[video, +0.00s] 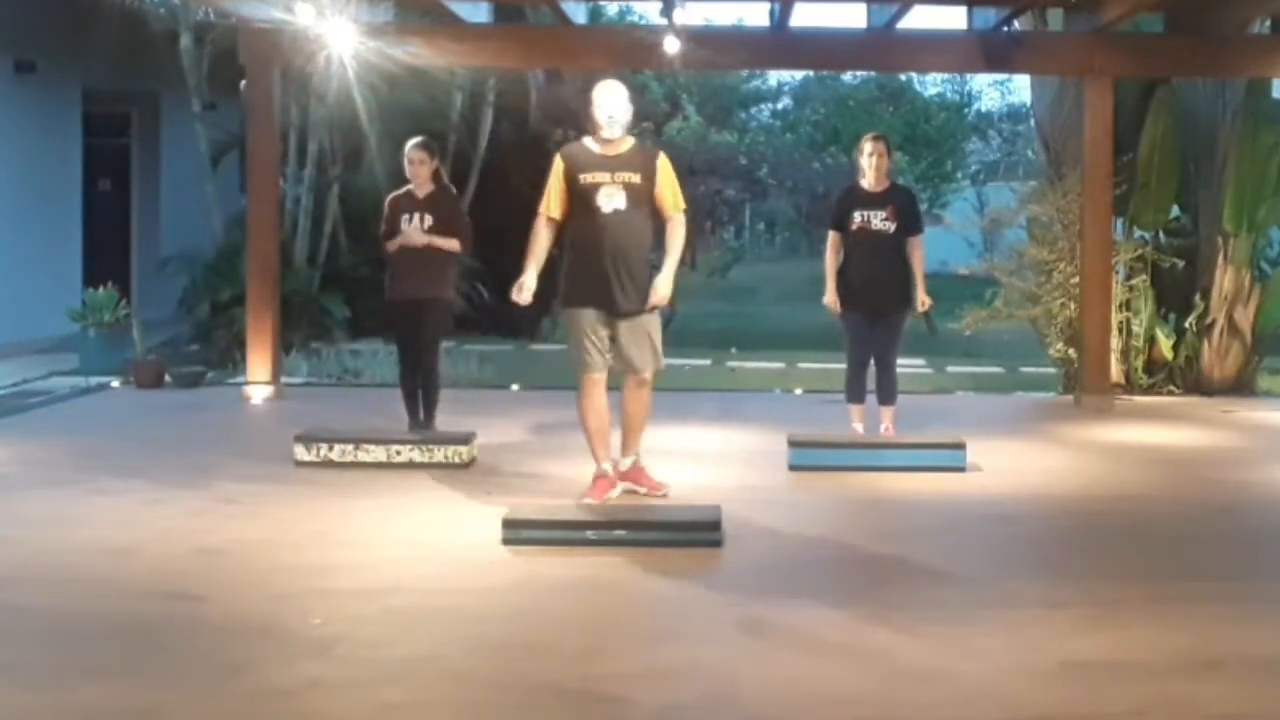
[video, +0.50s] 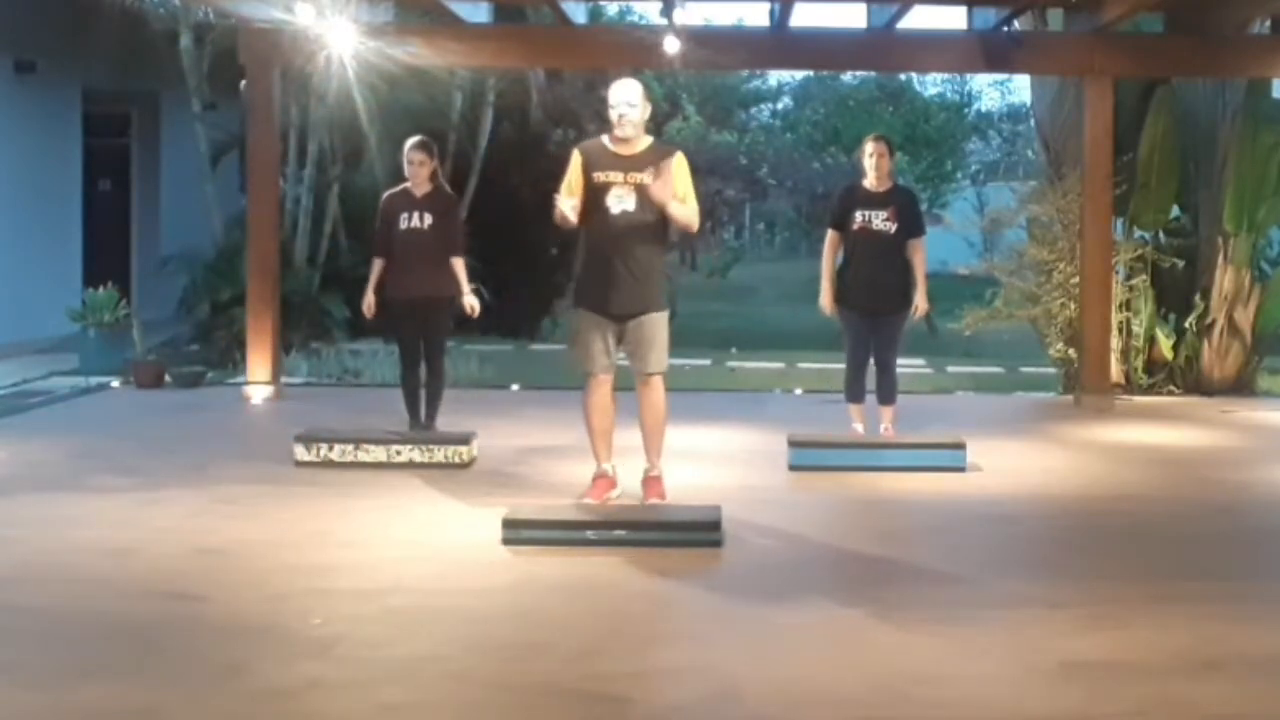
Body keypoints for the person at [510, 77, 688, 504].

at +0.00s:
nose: (608, 115)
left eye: (616, 107)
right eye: (601, 108)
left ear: (630, 111)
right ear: (590, 112)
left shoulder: (653, 161)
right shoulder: (568, 159)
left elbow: (675, 219)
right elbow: (547, 220)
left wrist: (667, 273)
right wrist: (530, 273)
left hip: (638, 290)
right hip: (584, 291)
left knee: (641, 375)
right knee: (593, 376)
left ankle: (631, 464)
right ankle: (604, 470)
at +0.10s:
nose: (607, 116)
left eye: (615, 108)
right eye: (600, 108)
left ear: (629, 112)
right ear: (590, 112)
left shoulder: (653, 161)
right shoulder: (569, 160)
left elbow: (676, 218)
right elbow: (550, 221)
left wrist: (657, 268)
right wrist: (541, 269)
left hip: (638, 291)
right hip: (584, 293)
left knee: (651, 374)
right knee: (592, 376)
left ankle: (636, 457)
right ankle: (604, 470)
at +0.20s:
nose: (611, 116)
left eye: (618, 108)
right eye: (604, 109)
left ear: (631, 111)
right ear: (591, 112)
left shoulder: (654, 159)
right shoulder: (571, 159)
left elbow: (678, 217)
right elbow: (552, 217)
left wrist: (651, 253)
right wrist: (555, 256)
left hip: (640, 291)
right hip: (586, 292)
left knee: (651, 374)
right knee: (591, 379)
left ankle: (645, 454)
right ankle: (604, 470)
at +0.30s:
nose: (614, 115)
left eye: (622, 107)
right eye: (607, 107)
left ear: (635, 111)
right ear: (595, 111)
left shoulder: (658, 159)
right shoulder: (573, 158)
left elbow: (680, 217)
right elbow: (555, 215)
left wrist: (648, 237)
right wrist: (566, 241)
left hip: (641, 287)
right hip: (589, 286)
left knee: (647, 374)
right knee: (592, 378)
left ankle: (653, 467)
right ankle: (604, 471)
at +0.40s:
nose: (618, 116)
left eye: (626, 108)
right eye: (611, 108)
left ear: (640, 111)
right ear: (600, 111)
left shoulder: (664, 160)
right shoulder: (579, 158)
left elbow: (684, 220)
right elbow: (558, 216)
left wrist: (649, 223)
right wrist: (575, 227)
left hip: (644, 291)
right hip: (590, 291)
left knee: (648, 378)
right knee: (594, 379)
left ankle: (653, 470)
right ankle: (604, 472)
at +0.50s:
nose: (623, 115)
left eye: (631, 107)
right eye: (617, 107)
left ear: (647, 111)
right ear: (607, 111)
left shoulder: (669, 159)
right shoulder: (586, 155)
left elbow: (692, 221)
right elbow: (569, 213)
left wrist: (664, 199)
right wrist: (565, 210)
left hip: (647, 289)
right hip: (594, 288)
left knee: (651, 378)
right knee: (599, 378)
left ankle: (653, 472)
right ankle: (603, 472)